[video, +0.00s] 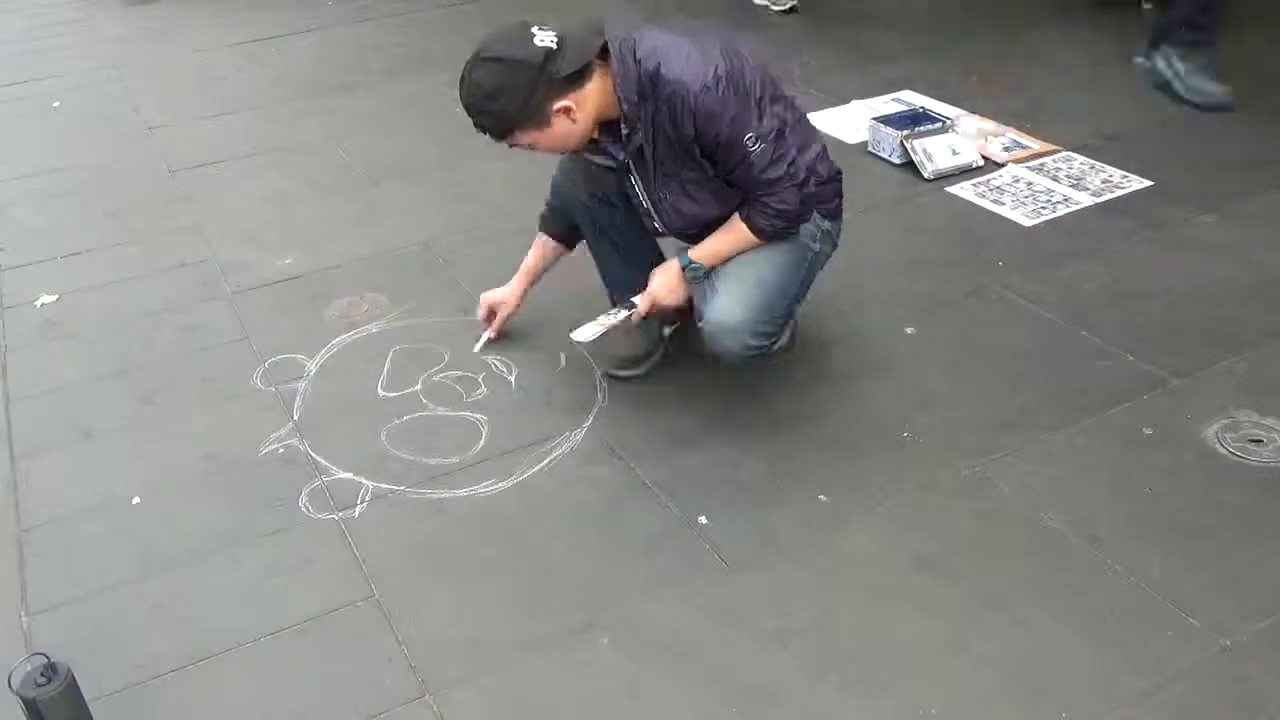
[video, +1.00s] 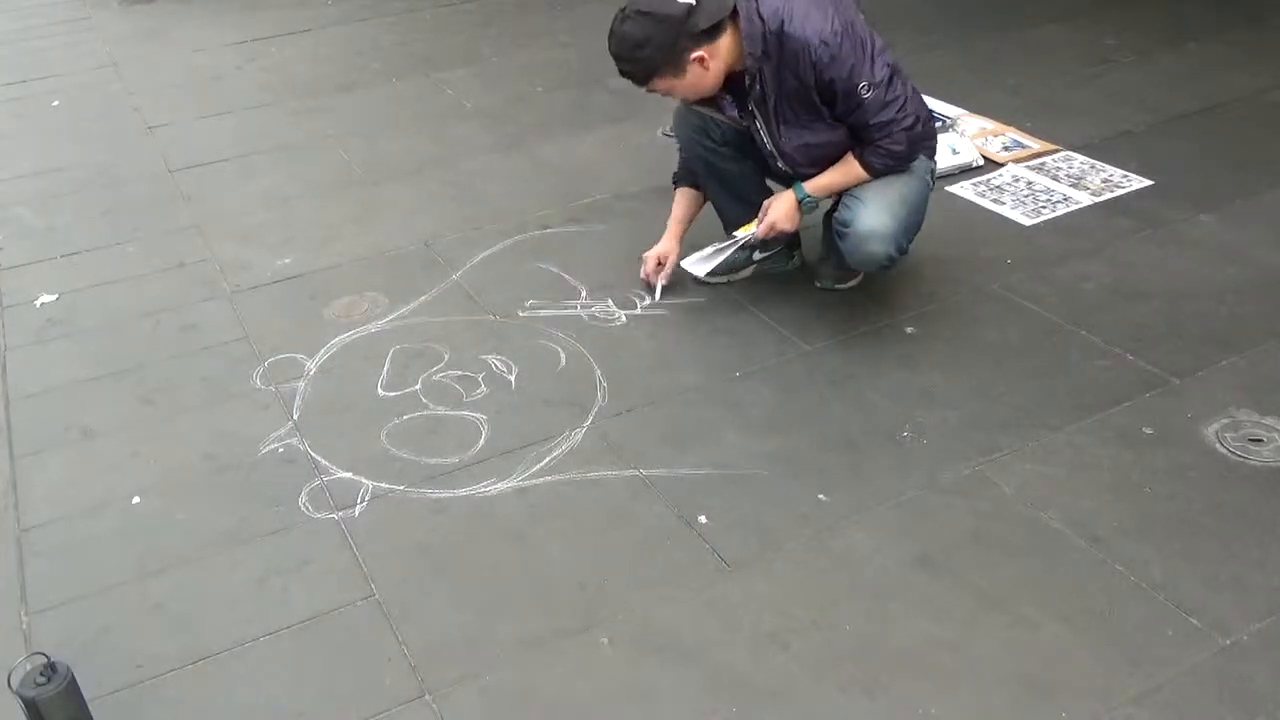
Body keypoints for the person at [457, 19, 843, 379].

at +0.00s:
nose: (534, 152)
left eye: (528, 143)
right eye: (523, 147)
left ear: (563, 111)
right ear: (563, 103)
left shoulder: (700, 88)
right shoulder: (597, 98)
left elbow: (786, 200)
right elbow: (570, 203)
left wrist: (688, 267)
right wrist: (518, 285)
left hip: (791, 215)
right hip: (700, 209)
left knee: (729, 332)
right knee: (581, 175)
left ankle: (773, 320)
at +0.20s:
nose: (520, 85)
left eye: (513, 73)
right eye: (510, 76)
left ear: (540, 53)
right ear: (544, 49)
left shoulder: (657, 32)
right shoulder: (595, 54)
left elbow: (729, 158)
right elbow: (578, 145)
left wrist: (648, 231)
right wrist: (521, 223)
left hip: (803, 154)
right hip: (740, 142)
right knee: (592, 168)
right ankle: (740, 229)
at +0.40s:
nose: (627, 121)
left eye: (626, 110)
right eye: (619, 114)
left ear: (657, 78)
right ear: (654, 76)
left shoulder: (771, 36)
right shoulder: (672, 69)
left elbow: (867, 122)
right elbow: (621, 166)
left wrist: (776, 193)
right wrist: (555, 260)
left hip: (866, 136)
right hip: (783, 146)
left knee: (846, 228)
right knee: (665, 139)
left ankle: (845, 254)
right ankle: (765, 242)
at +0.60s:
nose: (623, 117)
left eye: (620, 106)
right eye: (614, 111)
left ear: (653, 75)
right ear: (650, 70)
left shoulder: (763, 34)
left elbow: (859, 118)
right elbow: (624, 157)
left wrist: (770, 191)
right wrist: (563, 243)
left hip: (861, 133)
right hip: (776, 145)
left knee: (837, 221)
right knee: (660, 138)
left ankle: (840, 255)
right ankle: (763, 240)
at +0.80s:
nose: (679, 101)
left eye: (675, 92)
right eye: (669, 94)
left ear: (709, 61)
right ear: (709, 56)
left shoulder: (830, 36)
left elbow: (907, 136)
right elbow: (694, 155)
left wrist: (807, 191)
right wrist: (659, 244)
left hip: (881, 152)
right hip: (799, 154)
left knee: (878, 240)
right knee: (698, 127)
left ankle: (843, 235)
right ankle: (772, 241)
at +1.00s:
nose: (673, 98)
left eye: (668, 90)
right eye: (664, 92)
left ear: (700, 61)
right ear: (700, 56)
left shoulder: (823, 38)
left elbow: (901, 142)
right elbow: (698, 149)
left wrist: (800, 196)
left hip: (881, 154)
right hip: (798, 152)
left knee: (871, 241)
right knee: (695, 122)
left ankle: (841, 244)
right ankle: (772, 242)